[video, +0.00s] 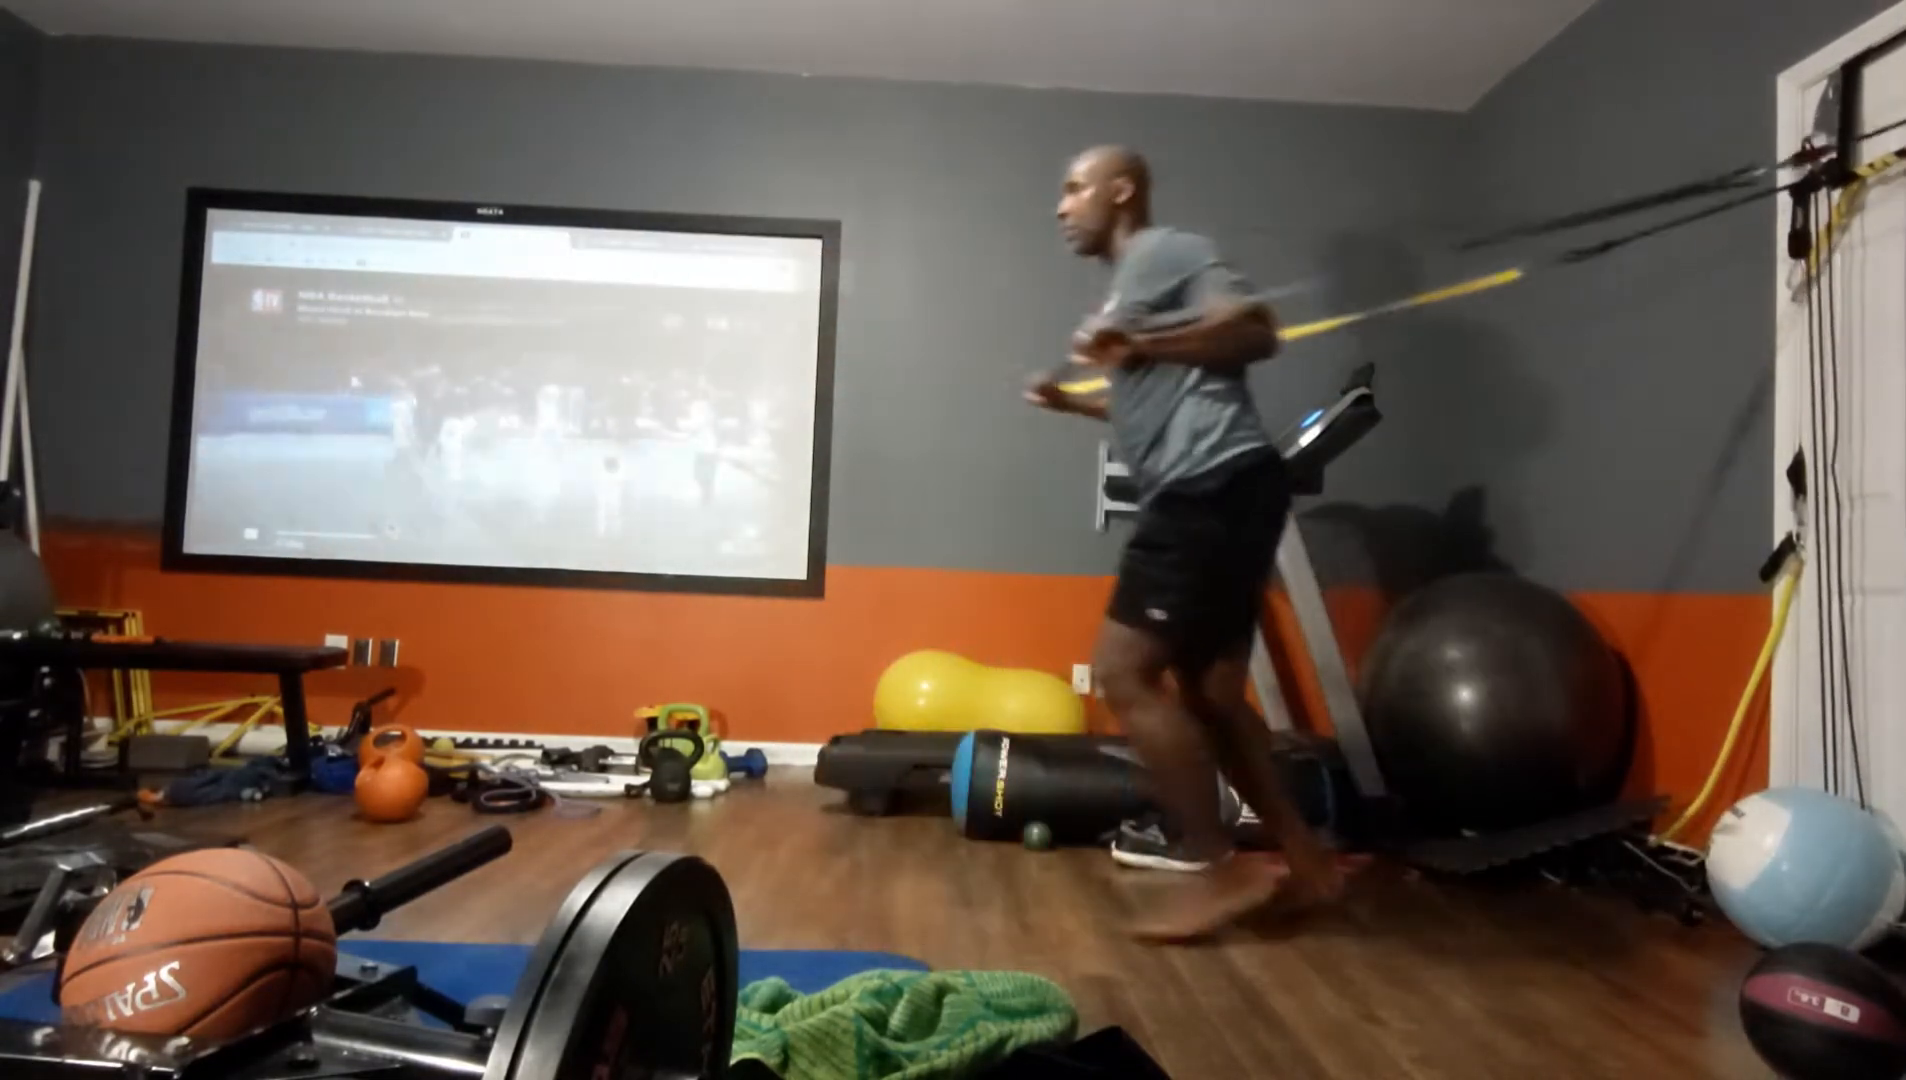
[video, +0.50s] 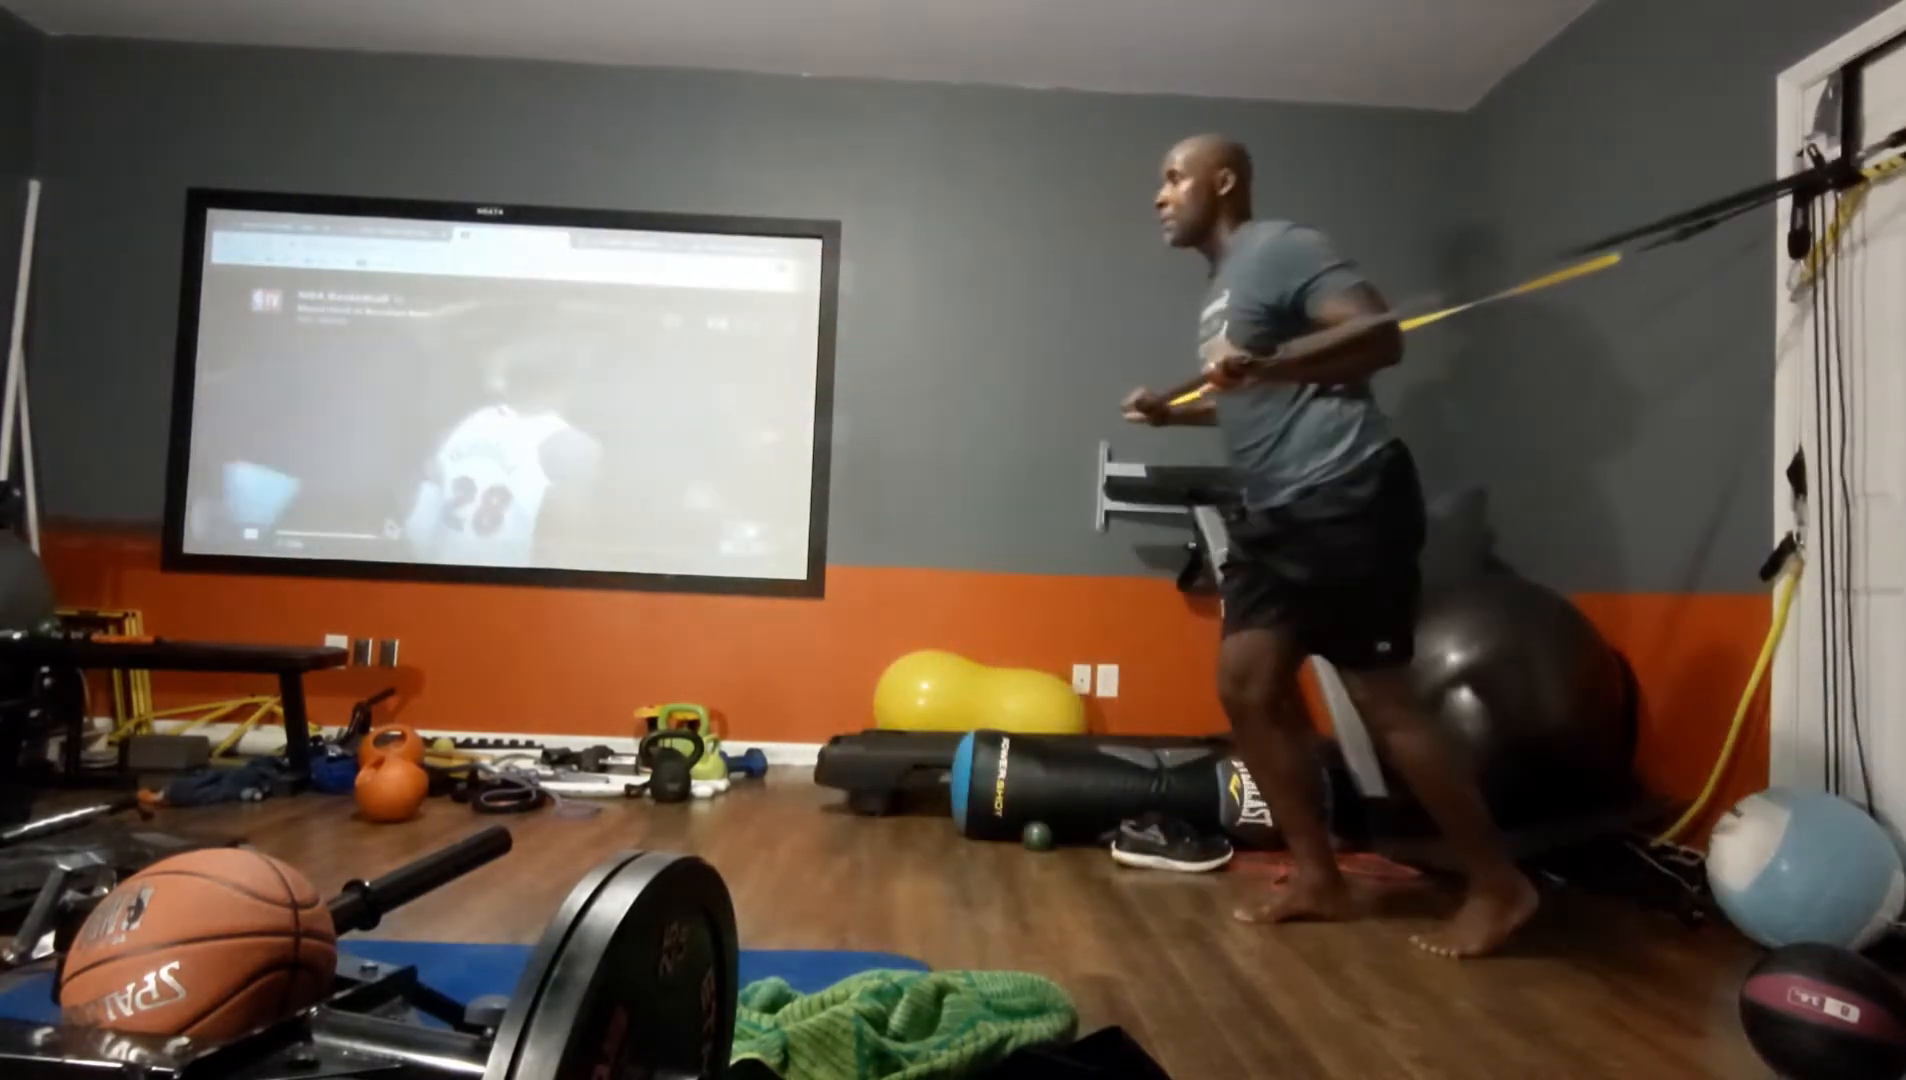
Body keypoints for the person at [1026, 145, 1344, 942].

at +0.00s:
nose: (1060, 207)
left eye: (1074, 190)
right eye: (1061, 194)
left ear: (1123, 193)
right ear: (1115, 198)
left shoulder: (1165, 250)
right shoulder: (1123, 291)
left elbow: (1254, 329)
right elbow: (1150, 409)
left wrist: (1140, 346)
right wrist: (1070, 401)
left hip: (1212, 482)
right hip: (1219, 485)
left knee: (1123, 674)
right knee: (1213, 694)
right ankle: (1304, 859)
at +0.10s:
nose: (1087, 199)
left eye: (1100, 181)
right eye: (1088, 185)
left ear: (1149, 187)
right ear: (1133, 195)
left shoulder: (1193, 244)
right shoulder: (1150, 283)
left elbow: (1287, 320)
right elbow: (1186, 393)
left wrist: (1181, 347)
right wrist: (1113, 406)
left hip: (1245, 477)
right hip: (1221, 483)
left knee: (1185, 681)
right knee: (1225, 690)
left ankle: (1332, 852)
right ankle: (1312, 858)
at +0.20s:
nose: (1109, 197)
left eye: (1124, 181)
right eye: (1110, 184)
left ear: (1174, 189)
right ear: (1158, 193)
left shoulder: (1218, 246)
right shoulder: (1169, 285)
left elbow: (1319, 321)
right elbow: (1202, 393)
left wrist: (1216, 352)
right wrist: (1139, 406)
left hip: (1274, 487)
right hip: (1225, 496)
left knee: (1253, 690)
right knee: (1239, 691)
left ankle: (1423, 845)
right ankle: (1313, 874)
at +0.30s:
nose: (1130, 201)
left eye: (1145, 185)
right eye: (1131, 187)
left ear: (1195, 192)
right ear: (1181, 197)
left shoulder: (1244, 250)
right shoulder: (1192, 285)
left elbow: (1340, 333)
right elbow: (1227, 397)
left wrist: (1235, 359)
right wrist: (1155, 408)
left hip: (1312, 497)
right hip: (1243, 510)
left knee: (1321, 690)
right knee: (1244, 685)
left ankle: (1478, 874)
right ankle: (1315, 879)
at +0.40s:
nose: (1146, 200)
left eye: (1162, 183)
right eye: (1147, 186)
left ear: (1214, 189)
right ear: (1197, 194)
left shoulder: (1266, 251)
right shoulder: (1207, 290)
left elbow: (1359, 337)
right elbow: (1241, 398)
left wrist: (1252, 366)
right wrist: (1162, 410)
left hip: (1340, 501)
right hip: (1265, 515)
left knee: (1369, 695)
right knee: (1247, 690)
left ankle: (1492, 883)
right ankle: (1316, 879)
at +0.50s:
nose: (1159, 196)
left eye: (1174, 179)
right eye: (1160, 183)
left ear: (1227, 184)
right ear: (1211, 190)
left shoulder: (1283, 248)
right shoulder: (1218, 293)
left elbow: (1376, 334)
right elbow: (1253, 398)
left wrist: (1268, 366)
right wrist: (1171, 410)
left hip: (1352, 497)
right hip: (1280, 511)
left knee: (1384, 694)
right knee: (1248, 685)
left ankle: (1499, 885)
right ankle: (1316, 878)